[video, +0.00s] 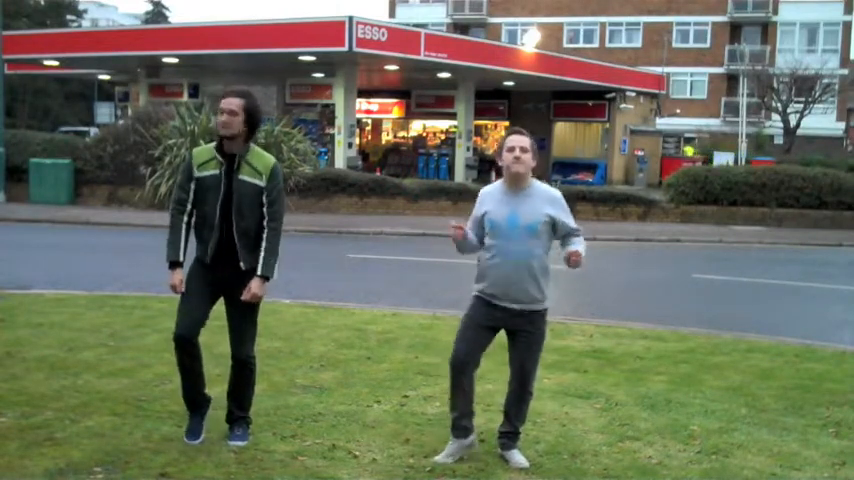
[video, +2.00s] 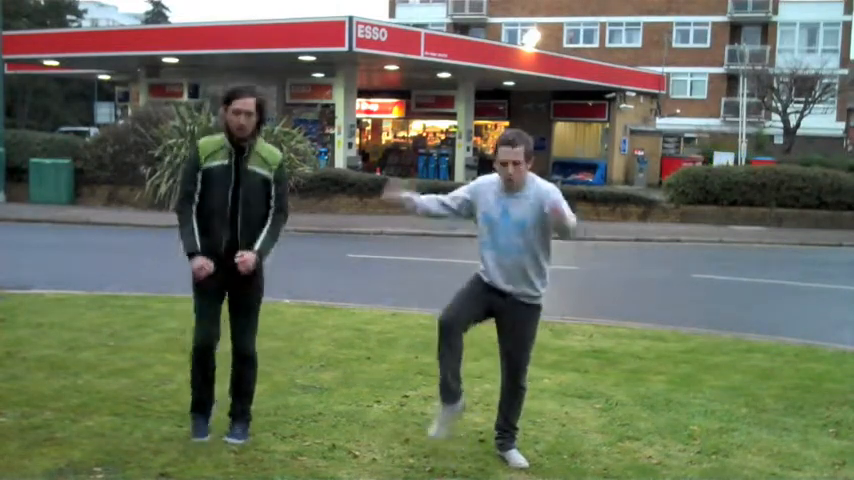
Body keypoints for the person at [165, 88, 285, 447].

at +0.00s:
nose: (223, 118)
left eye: (232, 114)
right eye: (221, 112)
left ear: (249, 122)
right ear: (216, 118)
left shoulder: (267, 167)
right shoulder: (197, 159)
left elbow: (274, 225)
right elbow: (179, 212)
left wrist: (262, 276)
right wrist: (175, 264)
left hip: (245, 272)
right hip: (203, 268)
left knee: (243, 353)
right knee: (183, 335)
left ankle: (239, 420)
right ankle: (196, 407)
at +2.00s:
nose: (242, 120)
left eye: (249, 115)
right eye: (236, 113)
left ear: (259, 120)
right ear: (224, 114)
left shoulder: (273, 160)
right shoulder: (203, 151)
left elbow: (279, 213)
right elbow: (186, 205)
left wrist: (257, 252)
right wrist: (195, 253)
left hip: (247, 264)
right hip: (208, 263)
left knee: (244, 347)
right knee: (204, 341)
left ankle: (240, 420)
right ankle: (200, 416)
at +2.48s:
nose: (218, 130)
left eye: (226, 124)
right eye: (215, 123)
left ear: (243, 128)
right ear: (211, 125)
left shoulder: (264, 167)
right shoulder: (196, 162)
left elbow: (275, 212)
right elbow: (182, 206)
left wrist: (257, 216)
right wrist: (188, 210)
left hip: (242, 269)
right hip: (203, 267)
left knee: (243, 349)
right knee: (193, 343)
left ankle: (242, 422)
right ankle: (183, 418)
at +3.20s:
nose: (180, 136)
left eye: (187, 130)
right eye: (177, 130)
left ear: (205, 131)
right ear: (173, 131)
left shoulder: (230, 159)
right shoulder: (171, 169)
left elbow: (271, 193)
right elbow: (154, 221)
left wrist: (229, 195)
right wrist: (147, 207)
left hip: (235, 261)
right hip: (199, 263)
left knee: (231, 342)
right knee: (197, 342)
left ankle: (229, 425)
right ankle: (201, 418)